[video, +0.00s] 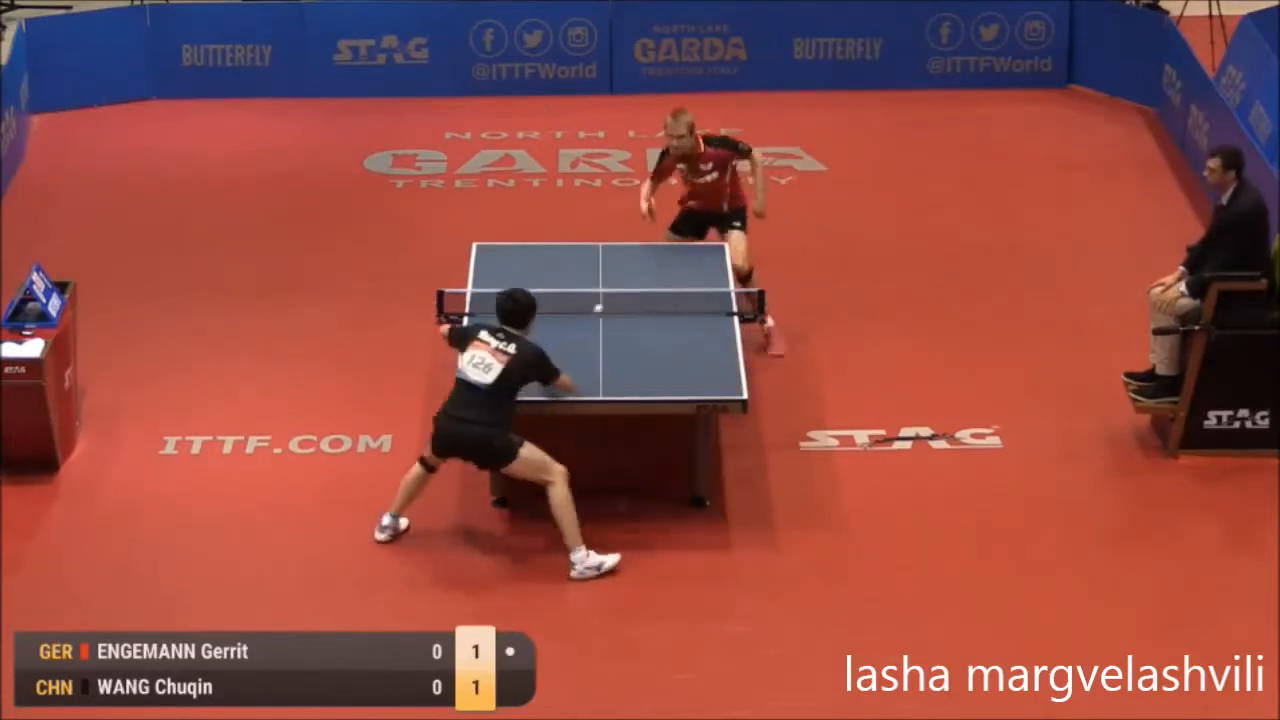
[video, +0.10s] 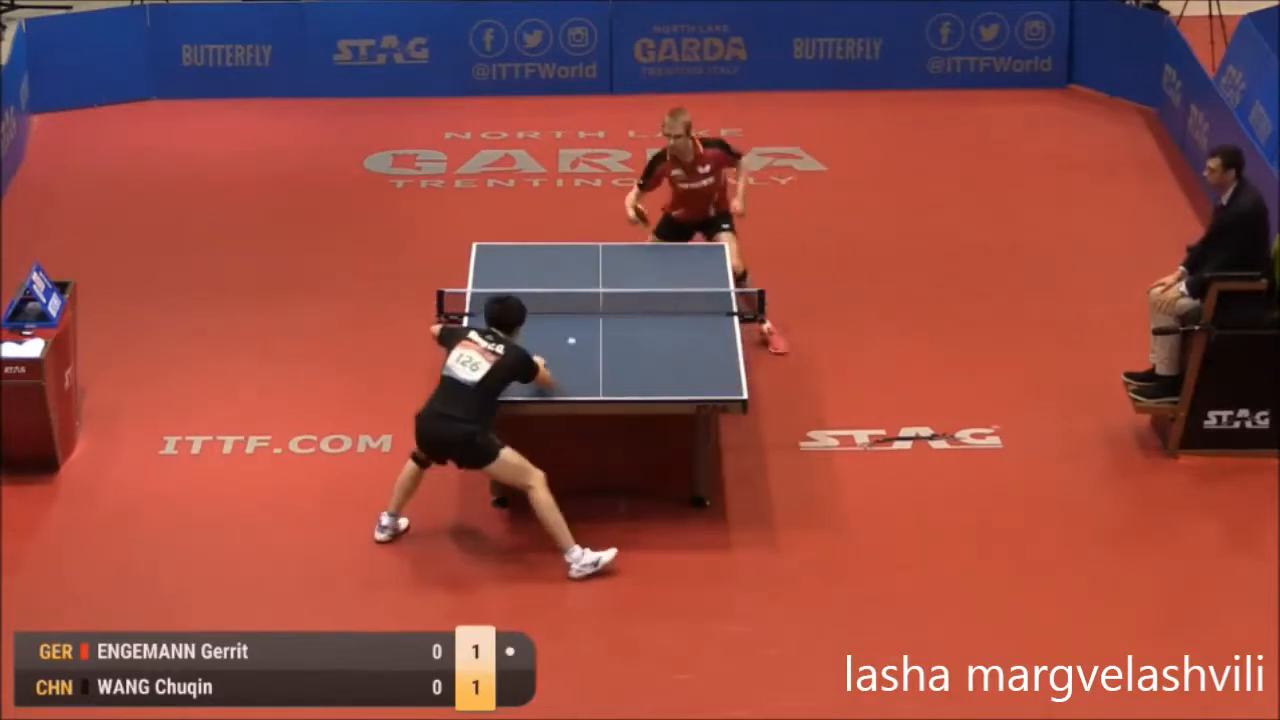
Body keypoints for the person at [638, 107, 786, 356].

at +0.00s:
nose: (674, 144)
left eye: (679, 137)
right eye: (670, 138)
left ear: (693, 133)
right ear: (666, 136)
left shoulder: (719, 146)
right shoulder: (670, 156)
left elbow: (754, 157)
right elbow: (653, 180)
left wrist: (760, 200)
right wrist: (645, 200)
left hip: (730, 210)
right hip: (695, 210)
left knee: (739, 265)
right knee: (666, 255)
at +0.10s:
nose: (671, 143)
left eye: (676, 137)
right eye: (667, 137)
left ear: (690, 133)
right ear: (664, 136)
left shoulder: (716, 149)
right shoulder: (662, 160)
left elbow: (741, 163)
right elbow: (639, 188)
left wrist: (739, 197)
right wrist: (631, 206)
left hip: (714, 216)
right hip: (678, 217)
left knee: (734, 266)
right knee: (649, 262)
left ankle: (764, 325)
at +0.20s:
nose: (666, 133)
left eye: (671, 128)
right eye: (662, 128)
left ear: (685, 124)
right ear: (658, 126)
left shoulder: (707, 140)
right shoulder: (655, 150)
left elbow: (734, 157)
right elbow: (629, 182)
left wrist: (715, 179)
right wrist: (624, 209)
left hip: (713, 198)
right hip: (676, 200)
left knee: (744, 249)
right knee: (640, 247)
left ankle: (772, 308)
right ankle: (637, 311)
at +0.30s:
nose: (669, 130)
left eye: (675, 125)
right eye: (665, 124)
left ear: (687, 122)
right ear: (660, 123)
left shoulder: (710, 136)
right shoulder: (658, 146)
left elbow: (737, 160)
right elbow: (629, 182)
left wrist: (709, 171)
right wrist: (632, 209)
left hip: (718, 192)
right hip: (679, 194)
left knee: (748, 243)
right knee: (641, 240)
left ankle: (784, 298)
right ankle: (632, 303)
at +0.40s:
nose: (675, 138)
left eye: (681, 133)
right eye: (672, 132)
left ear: (694, 130)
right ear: (667, 129)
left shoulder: (710, 141)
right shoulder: (665, 153)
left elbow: (737, 176)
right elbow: (638, 191)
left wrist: (703, 178)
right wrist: (654, 220)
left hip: (719, 197)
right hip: (682, 198)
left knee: (752, 252)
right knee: (648, 242)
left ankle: (796, 284)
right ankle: (641, 299)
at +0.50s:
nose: (683, 146)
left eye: (689, 140)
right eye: (680, 139)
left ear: (702, 137)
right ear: (675, 137)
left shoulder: (718, 148)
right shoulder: (674, 159)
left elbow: (742, 189)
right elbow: (647, 198)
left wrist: (705, 188)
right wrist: (670, 224)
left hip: (725, 202)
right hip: (688, 204)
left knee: (761, 257)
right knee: (653, 246)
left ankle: (799, 289)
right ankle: (644, 301)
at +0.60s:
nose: (686, 144)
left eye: (691, 139)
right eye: (683, 138)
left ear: (705, 136)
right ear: (679, 137)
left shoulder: (724, 148)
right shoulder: (682, 157)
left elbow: (752, 186)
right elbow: (662, 192)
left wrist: (717, 192)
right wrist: (670, 213)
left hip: (735, 202)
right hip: (700, 202)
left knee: (765, 255)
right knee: (655, 238)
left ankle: (799, 290)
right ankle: (634, 288)